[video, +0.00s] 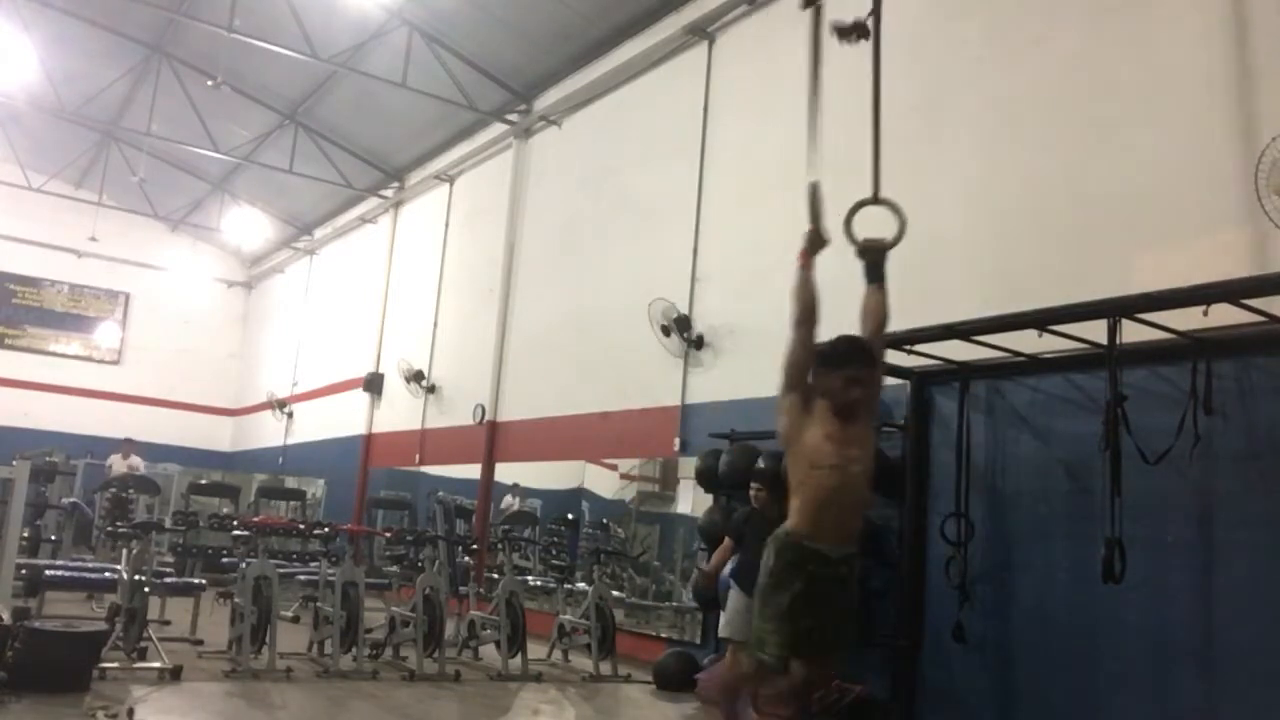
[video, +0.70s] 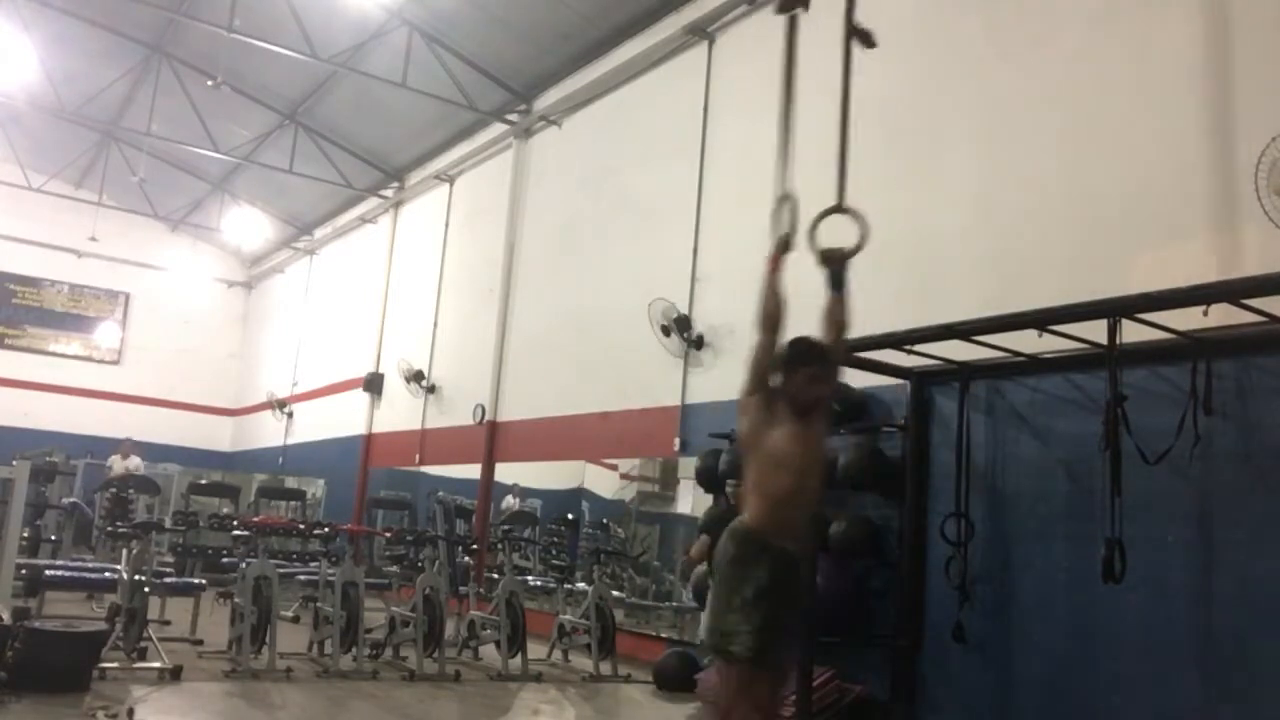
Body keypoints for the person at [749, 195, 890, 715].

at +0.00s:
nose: (859, 391)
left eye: (864, 382)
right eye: (849, 382)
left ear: (870, 383)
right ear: (822, 380)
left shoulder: (865, 414)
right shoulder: (798, 409)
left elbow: (875, 335)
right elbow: (803, 328)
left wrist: (874, 267)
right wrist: (805, 261)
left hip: (841, 564)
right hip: (792, 557)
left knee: (813, 675)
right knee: (763, 662)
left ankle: (762, 704)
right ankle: (714, 692)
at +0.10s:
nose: (879, 389)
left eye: (888, 380)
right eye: (872, 378)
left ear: (896, 382)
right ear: (849, 370)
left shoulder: (882, 406)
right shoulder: (820, 402)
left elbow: (897, 324)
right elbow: (824, 314)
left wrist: (899, 259)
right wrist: (827, 246)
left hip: (837, 560)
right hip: (792, 545)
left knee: (791, 633)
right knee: (733, 607)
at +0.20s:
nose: (897, 382)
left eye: (904, 373)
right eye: (890, 369)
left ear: (910, 368)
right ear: (865, 356)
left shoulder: (891, 392)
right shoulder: (828, 389)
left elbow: (918, 320)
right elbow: (833, 304)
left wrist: (924, 252)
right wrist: (840, 231)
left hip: (833, 542)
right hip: (784, 524)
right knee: (708, 564)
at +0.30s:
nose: (901, 376)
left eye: (908, 366)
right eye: (894, 363)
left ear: (913, 364)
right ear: (870, 351)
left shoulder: (893, 385)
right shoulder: (830, 379)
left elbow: (926, 315)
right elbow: (835, 297)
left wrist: (935, 245)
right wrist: (845, 222)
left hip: (815, 521)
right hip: (774, 504)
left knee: (765, 582)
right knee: (699, 542)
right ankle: (663, 465)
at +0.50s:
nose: (882, 379)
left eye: (889, 370)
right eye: (873, 367)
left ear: (894, 370)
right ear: (848, 360)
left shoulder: (877, 395)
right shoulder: (816, 393)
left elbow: (903, 324)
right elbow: (820, 307)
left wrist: (908, 253)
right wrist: (827, 235)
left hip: (808, 541)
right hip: (767, 524)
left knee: (751, 593)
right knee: (704, 577)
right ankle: (654, 536)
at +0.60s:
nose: (857, 381)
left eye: (864, 372)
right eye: (848, 371)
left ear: (867, 374)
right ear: (822, 367)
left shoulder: (854, 405)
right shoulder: (794, 399)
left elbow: (871, 332)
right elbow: (803, 314)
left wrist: (873, 265)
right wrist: (806, 250)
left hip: (802, 558)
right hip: (762, 544)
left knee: (747, 631)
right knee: (710, 622)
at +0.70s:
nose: (818, 389)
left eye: (824, 381)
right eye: (810, 378)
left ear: (827, 384)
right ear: (786, 374)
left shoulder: (816, 415)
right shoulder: (759, 408)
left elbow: (834, 345)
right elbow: (769, 330)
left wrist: (836, 276)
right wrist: (774, 266)